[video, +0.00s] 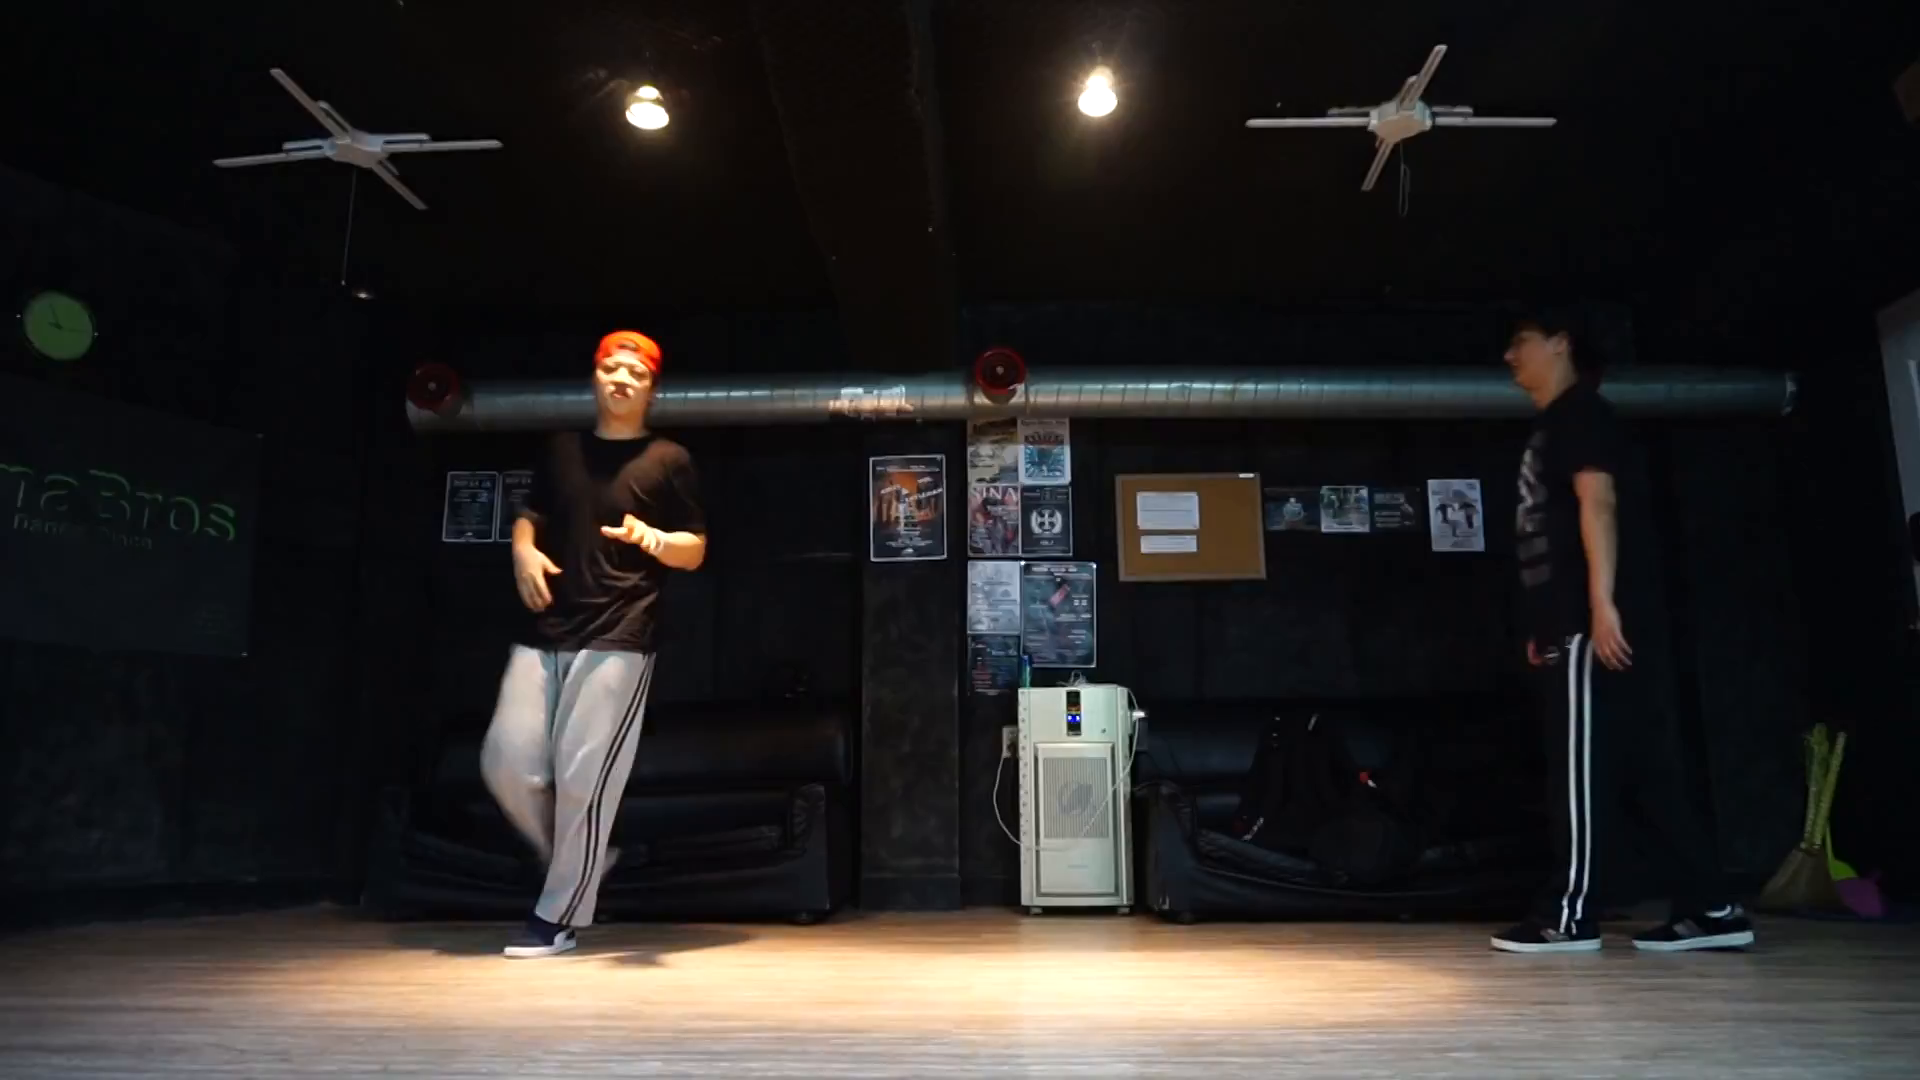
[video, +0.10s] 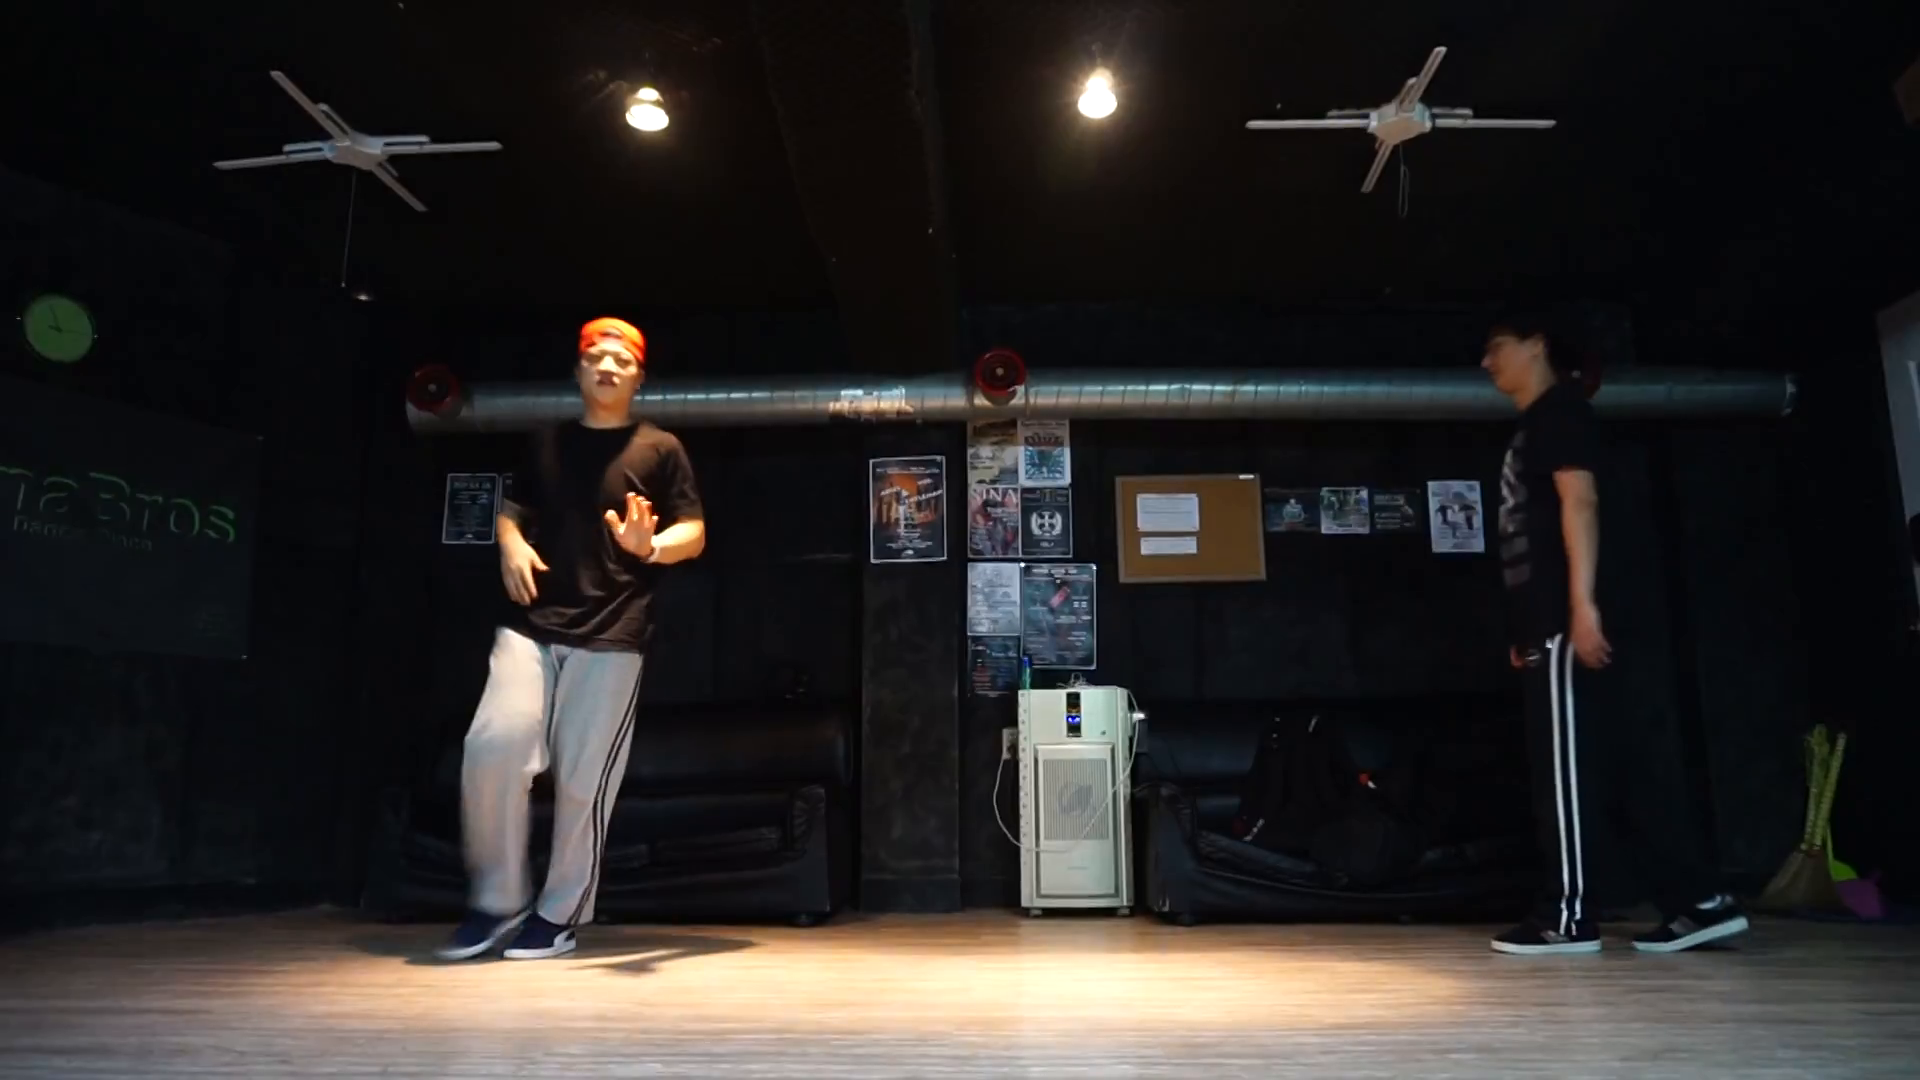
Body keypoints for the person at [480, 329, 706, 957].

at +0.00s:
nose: (620, 379)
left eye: (633, 372)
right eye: (611, 369)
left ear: (651, 387)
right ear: (594, 379)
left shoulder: (669, 461)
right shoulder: (562, 449)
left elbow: (694, 551)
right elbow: (527, 512)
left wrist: (655, 541)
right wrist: (523, 550)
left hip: (616, 638)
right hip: (545, 634)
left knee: (582, 777)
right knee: (508, 766)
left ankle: (559, 919)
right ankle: (587, 858)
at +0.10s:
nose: (608, 367)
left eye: (621, 359)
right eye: (597, 357)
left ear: (639, 376)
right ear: (578, 369)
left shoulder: (660, 450)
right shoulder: (545, 442)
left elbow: (694, 533)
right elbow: (509, 506)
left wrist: (650, 549)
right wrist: (509, 541)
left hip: (607, 634)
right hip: (530, 626)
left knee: (582, 781)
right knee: (493, 746)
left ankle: (557, 917)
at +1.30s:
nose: (718, 299)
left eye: (729, 289)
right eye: (707, 279)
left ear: (731, 298)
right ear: (661, 266)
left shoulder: (690, 381)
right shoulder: (584, 338)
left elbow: (688, 503)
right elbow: (525, 441)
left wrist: (751, 576)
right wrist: (499, 530)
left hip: (689, 604)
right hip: (599, 594)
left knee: (687, 788)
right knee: (621, 764)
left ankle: (598, 968)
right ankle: (516, 905)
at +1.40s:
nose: (736, 274)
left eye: (747, 264)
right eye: (725, 254)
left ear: (745, 274)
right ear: (680, 242)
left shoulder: (709, 363)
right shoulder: (604, 316)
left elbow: (712, 481)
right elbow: (547, 421)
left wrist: (775, 559)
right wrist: (527, 518)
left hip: (701, 586)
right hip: (623, 569)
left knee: (698, 773)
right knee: (672, 740)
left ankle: (601, 959)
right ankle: (579, 936)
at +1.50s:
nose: (759, 246)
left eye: (769, 235)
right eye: (747, 225)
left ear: (768, 246)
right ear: (700, 218)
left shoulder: (735, 340)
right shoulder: (628, 294)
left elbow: (736, 463)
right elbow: (568, 404)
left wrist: (804, 540)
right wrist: (566, 502)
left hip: (720, 570)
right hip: (647, 554)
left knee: (668, 754)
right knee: (708, 727)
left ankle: (590, 958)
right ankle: (703, 970)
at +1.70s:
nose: (828, 244)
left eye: (837, 233)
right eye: (815, 225)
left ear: (831, 244)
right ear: (763, 219)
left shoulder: (792, 339)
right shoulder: (693, 294)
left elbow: (785, 461)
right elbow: (610, 399)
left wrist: (861, 532)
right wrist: (682, 490)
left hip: (758, 580)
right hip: (704, 574)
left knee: (712, 783)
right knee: (789, 753)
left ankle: (595, 961)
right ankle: (830, 984)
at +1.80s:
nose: (866, 256)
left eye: (877, 245)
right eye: (855, 235)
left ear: (873, 253)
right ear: (805, 222)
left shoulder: (823, 341)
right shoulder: (723, 301)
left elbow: (815, 466)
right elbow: (640, 403)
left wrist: (881, 532)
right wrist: (739, 474)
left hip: (784, 577)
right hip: (746, 575)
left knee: (765, 783)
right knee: (845, 742)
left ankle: (618, 939)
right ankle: (836, 987)